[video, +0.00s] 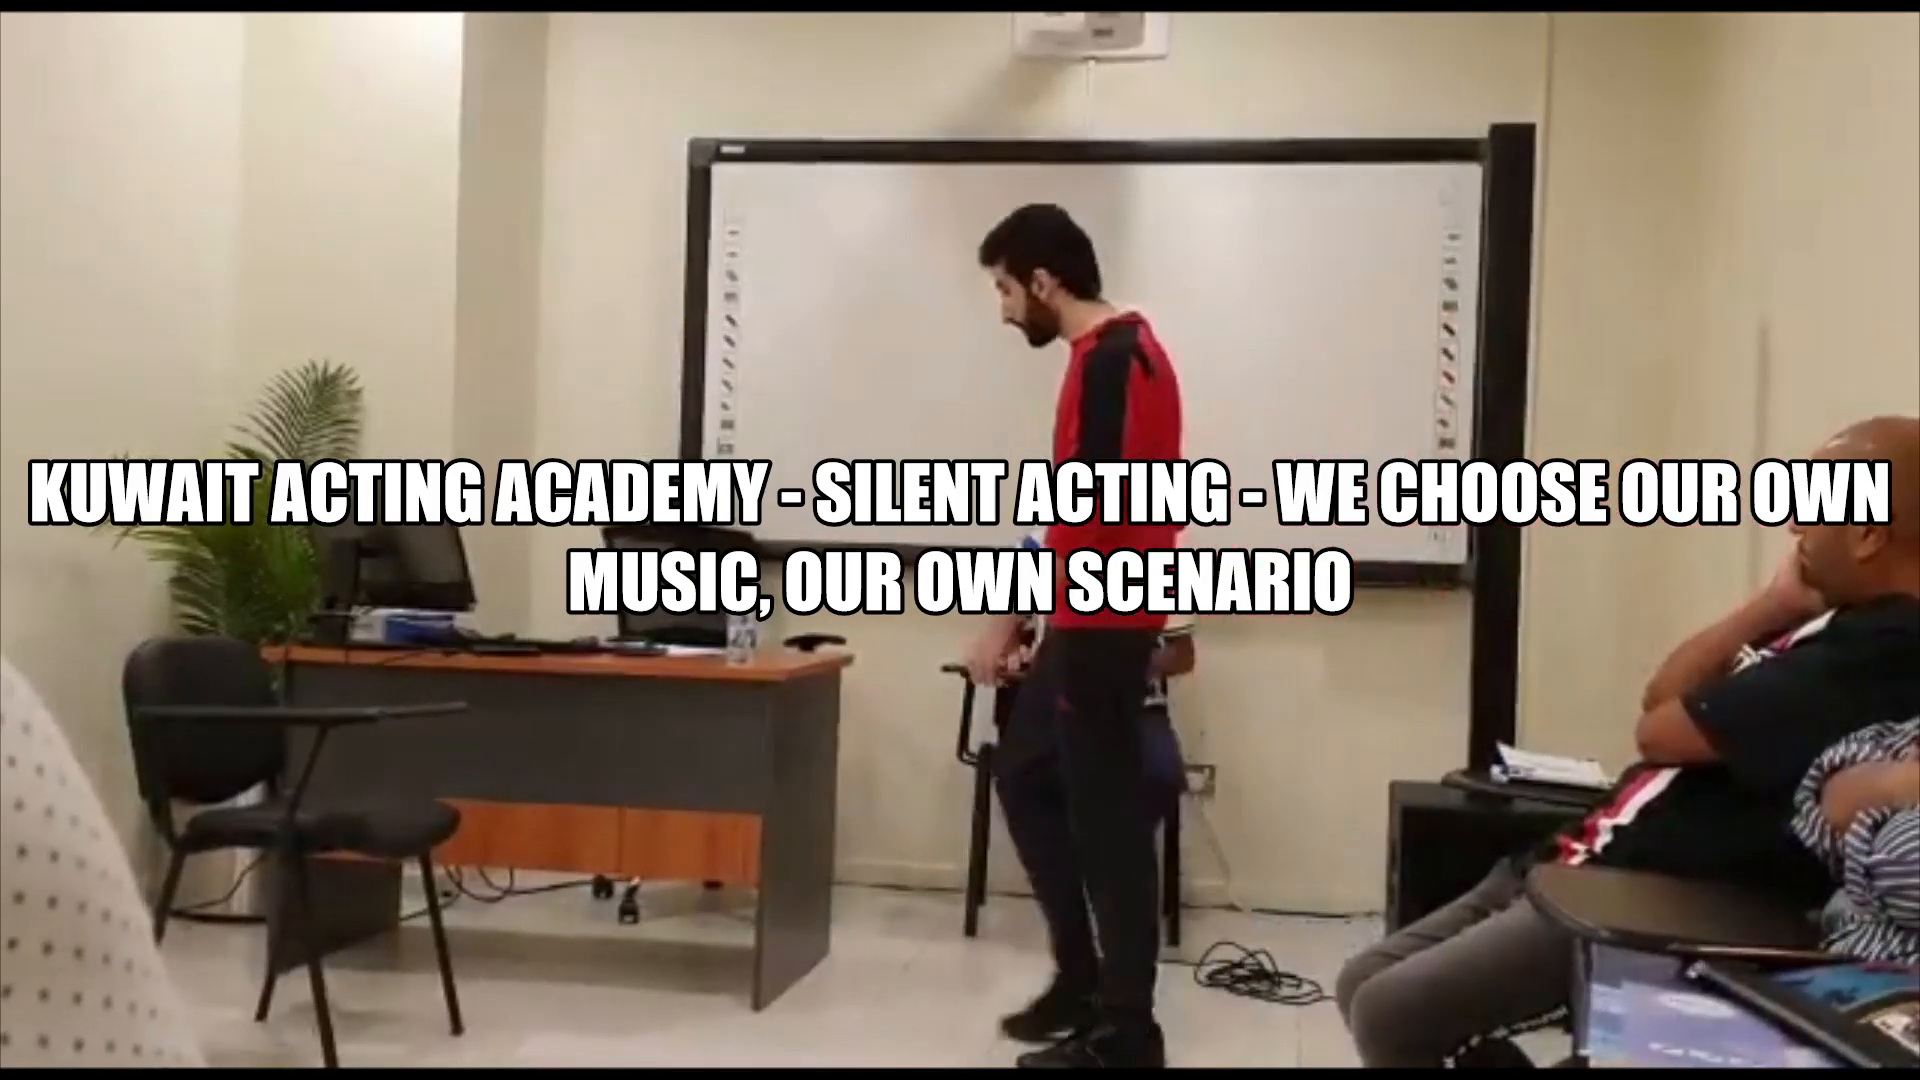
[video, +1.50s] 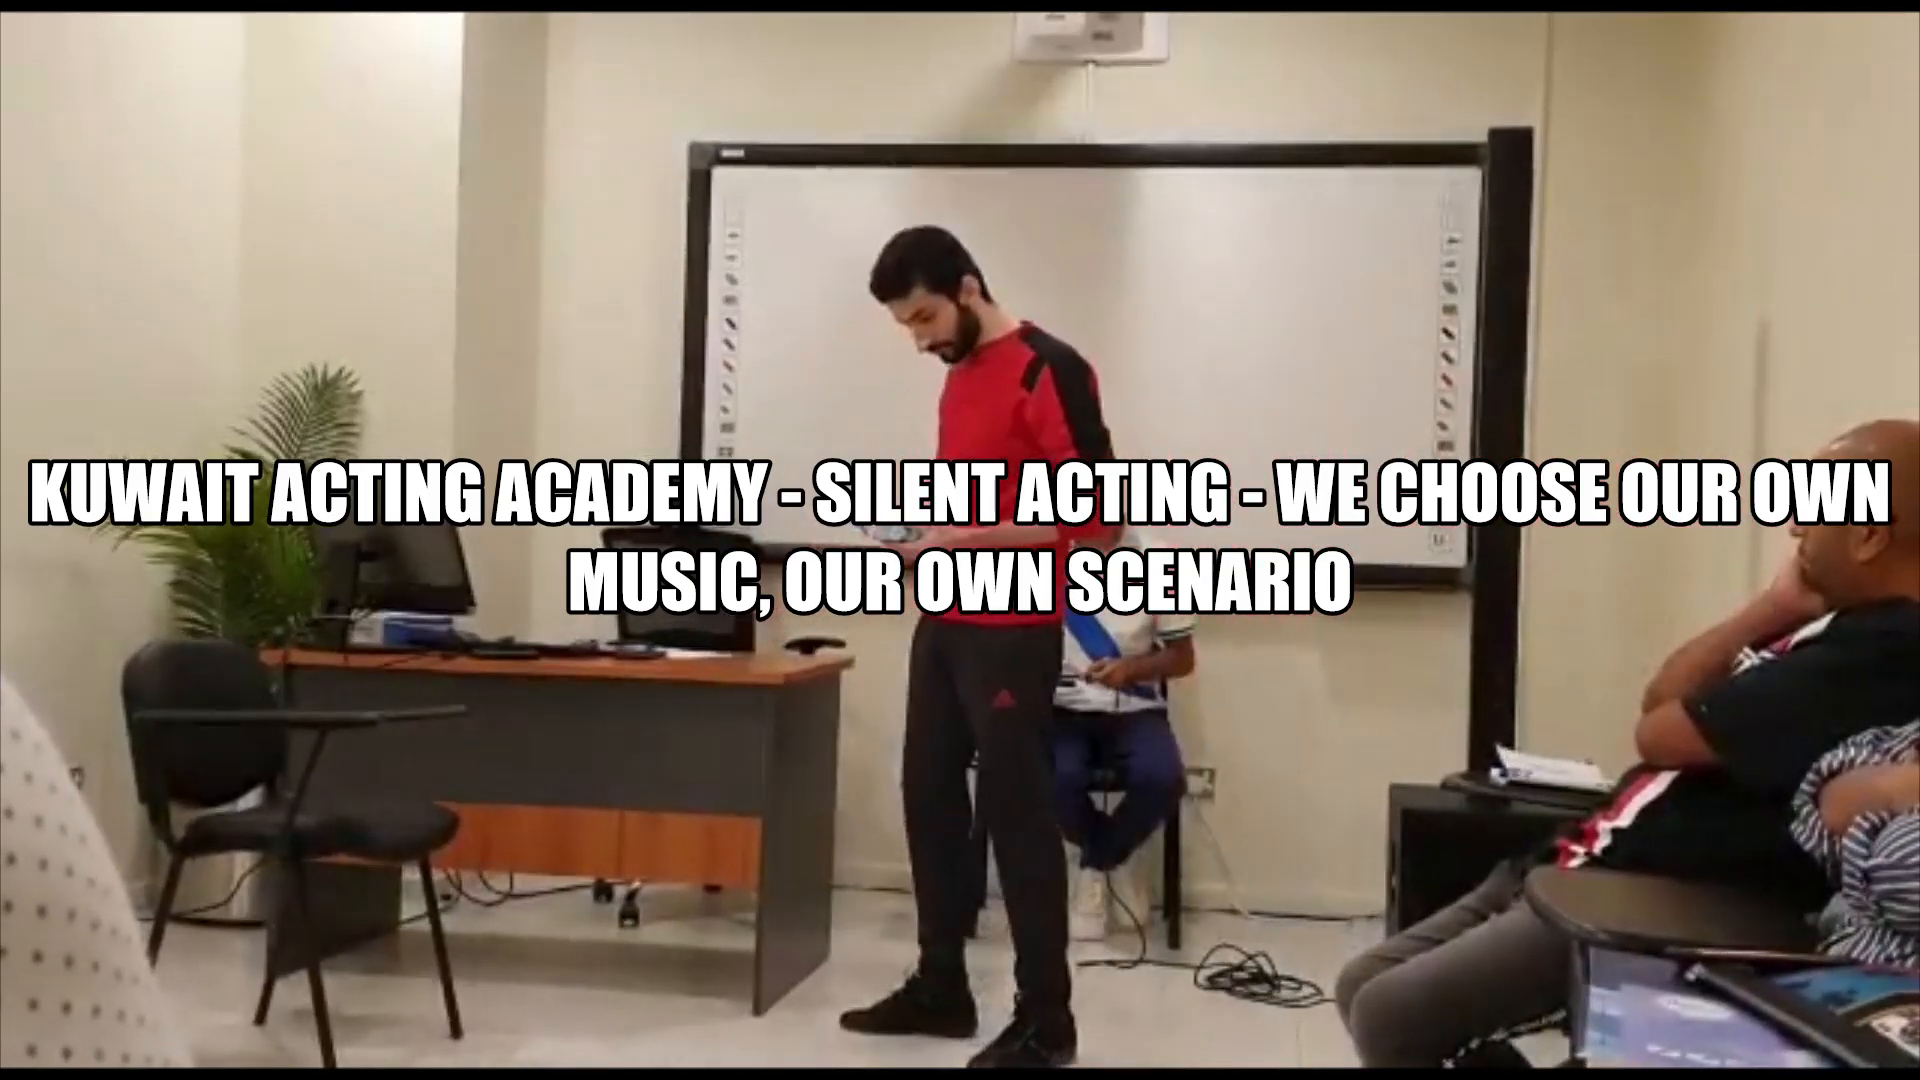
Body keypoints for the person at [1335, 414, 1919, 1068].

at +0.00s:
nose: (1796, 536)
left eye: (1813, 515)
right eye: (1801, 513)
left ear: (1872, 535)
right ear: (1874, 537)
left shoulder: (1884, 646)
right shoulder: (1849, 626)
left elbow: (1664, 736)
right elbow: (1663, 695)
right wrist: (1781, 602)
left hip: (1639, 900)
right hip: (1591, 860)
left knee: (1387, 1015)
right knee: (1363, 980)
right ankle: (1502, 1061)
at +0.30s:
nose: (1796, 535)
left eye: (1813, 513)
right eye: (1801, 512)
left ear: (1873, 533)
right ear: (1873, 535)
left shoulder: (1882, 646)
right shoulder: (1847, 626)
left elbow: (1664, 738)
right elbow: (1663, 696)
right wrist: (1782, 602)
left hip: (1632, 903)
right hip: (1586, 861)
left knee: (1388, 1017)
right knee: (1364, 982)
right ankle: (1502, 1062)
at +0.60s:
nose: (1792, 536)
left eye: (1809, 515)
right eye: (1797, 514)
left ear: (1869, 534)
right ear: (1870, 535)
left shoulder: (1884, 646)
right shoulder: (1848, 626)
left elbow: (1664, 738)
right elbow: (1662, 696)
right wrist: (1781, 602)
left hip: (1635, 902)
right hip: (1587, 861)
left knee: (1388, 1016)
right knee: (1364, 983)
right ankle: (1501, 1062)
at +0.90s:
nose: (1791, 537)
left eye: (1807, 516)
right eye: (1795, 515)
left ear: (1867, 534)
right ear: (1869, 534)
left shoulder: (1884, 645)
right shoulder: (1848, 626)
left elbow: (1663, 738)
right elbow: (1661, 699)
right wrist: (1781, 602)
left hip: (1636, 903)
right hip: (1587, 862)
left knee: (1388, 1016)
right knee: (1363, 983)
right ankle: (1497, 1061)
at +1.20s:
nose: (1793, 535)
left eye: (1810, 514)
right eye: (1798, 512)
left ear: (1869, 533)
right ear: (1870, 533)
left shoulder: (1885, 645)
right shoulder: (1846, 626)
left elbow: (1663, 738)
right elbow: (1662, 698)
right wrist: (1781, 603)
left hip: (1634, 902)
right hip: (1586, 861)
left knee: (1387, 1017)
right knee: (1363, 982)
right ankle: (1494, 1060)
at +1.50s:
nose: (1796, 534)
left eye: (1814, 513)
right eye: (1801, 512)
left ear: (1873, 533)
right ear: (1873, 534)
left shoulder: (1885, 646)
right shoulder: (1847, 626)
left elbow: (1663, 738)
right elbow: (1663, 696)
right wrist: (1782, 603)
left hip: (1636, 902)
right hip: (1587, 860)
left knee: (1387, 1018)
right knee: (1363, 983)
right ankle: (1491, 1061)